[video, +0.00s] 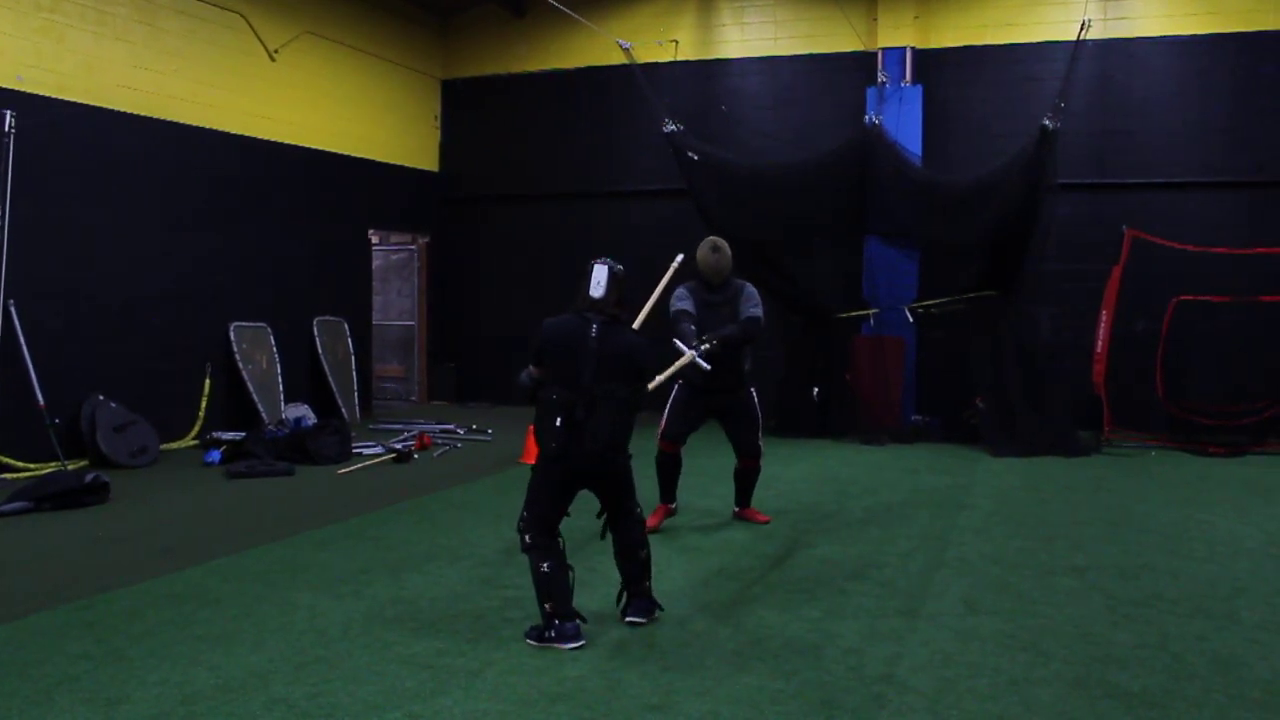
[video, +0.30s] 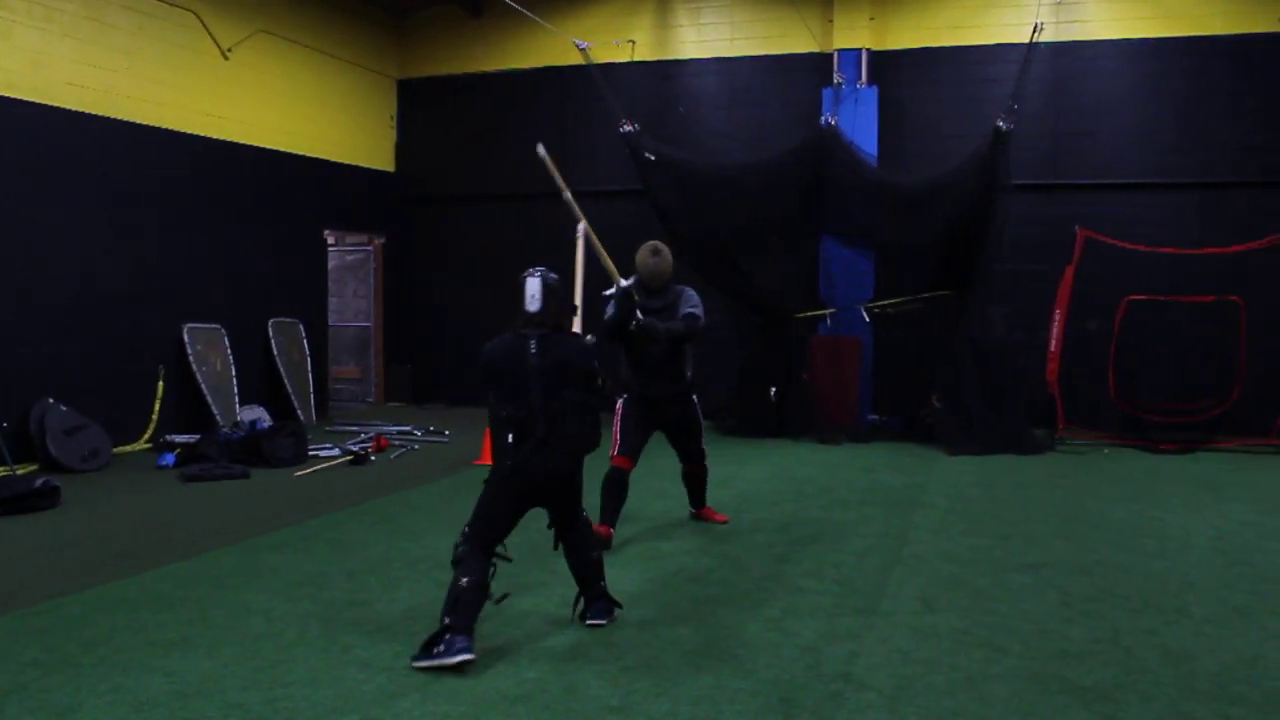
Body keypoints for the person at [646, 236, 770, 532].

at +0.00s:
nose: (716, 277)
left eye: (720, 272)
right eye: (710, 272)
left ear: (729, 267)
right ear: (700, 268)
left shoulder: (746, 292)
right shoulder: (685, 293)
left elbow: (752, 326)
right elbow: (682, 321)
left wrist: (716, 340)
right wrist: (693, 344)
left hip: (735, 385)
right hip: (693, 384)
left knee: (750, 450)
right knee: (668, 442)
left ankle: (743, 507)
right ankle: (667, 504)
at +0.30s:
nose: (656, 286)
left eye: (661, 280)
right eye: (650, 280)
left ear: (670, 274)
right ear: (639, 274)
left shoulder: (684, 296)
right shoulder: (622, 297)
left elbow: (692, 325)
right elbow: (609, 331)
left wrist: (650, 326)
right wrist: (625, 298)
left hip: (677, 393)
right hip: (636, 395)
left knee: (694, 455)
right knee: (621, 461)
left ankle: (699, 507)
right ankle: (606, 526)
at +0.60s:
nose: (625, 271)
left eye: (629, 266)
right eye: (617, 268)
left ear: (639, 277)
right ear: (605, 282)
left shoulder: (657, 306)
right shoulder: (595, 311)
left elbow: (657, 334)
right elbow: (589, 332)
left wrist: (617, 344)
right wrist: (597, 343)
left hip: (651, 407)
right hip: (609, 410)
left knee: (677, 468)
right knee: (593, 474)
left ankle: (682, 510)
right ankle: (599, 536)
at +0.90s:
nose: (626, 290)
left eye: (631, 283)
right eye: (620, 283)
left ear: (642, 282)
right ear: (610, 284)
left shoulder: (664, 312)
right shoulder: (597, 318)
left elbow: (677, 355)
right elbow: (578, 369)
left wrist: (631, 360)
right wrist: (594, 353)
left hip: (656, 408)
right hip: (612, 411)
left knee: (686, 475)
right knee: (595, 471)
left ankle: (682, 507)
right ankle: (602, 536)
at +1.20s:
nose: (664, 277)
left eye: (669, 271)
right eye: (659, 271)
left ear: (680, 269)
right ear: (650, 270)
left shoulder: (699, 301)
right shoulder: (635, 303)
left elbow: (709, 344)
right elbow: (614, 343)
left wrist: (664, 356)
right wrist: (630, 327)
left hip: (689, 395)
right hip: (645, 395)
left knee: (700, 463)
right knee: (624, 462)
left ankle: (696, 511)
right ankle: (605, 523)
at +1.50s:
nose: (686, 268)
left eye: (692, 263)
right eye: (682, 262)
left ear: (702, 266)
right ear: (673, 264)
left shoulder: (716, 300)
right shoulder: (652, 296)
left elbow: (720, 345)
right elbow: (628, 328)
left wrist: (675, 361)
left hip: (699, 387)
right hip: (658, 386)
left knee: (708, 451)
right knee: (640, 446)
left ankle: (696, 509)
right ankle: (640, 503)